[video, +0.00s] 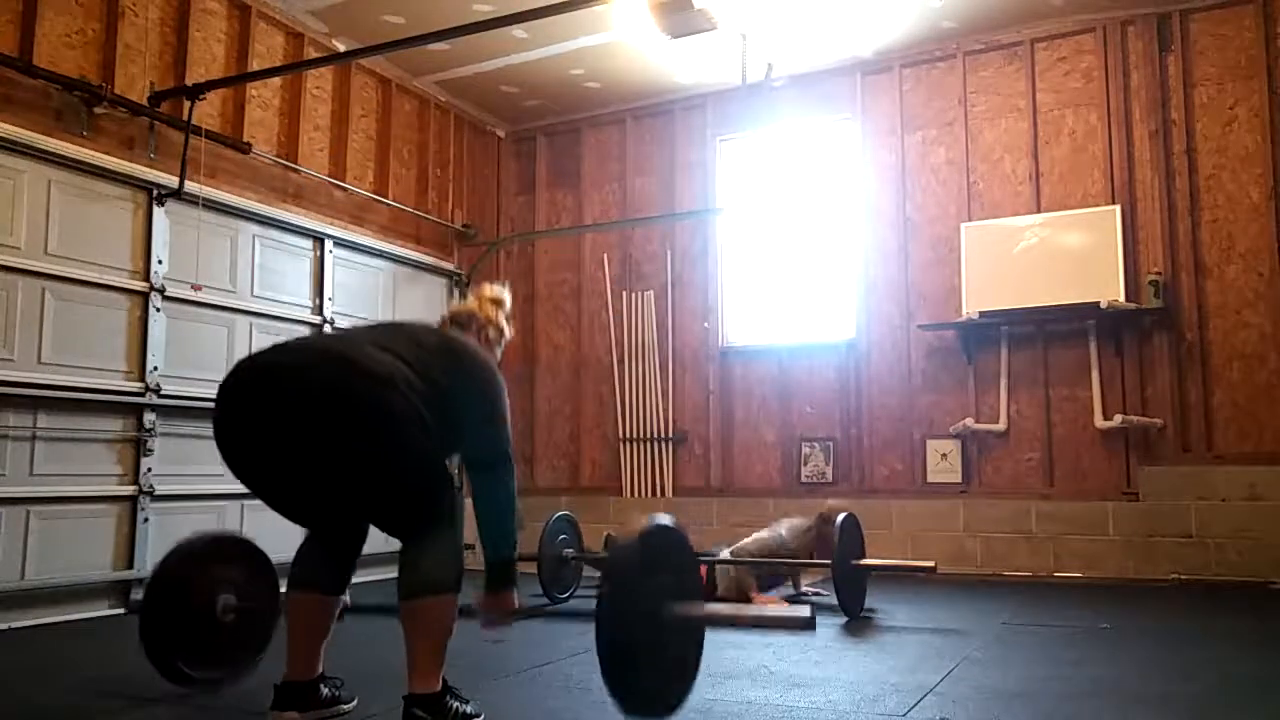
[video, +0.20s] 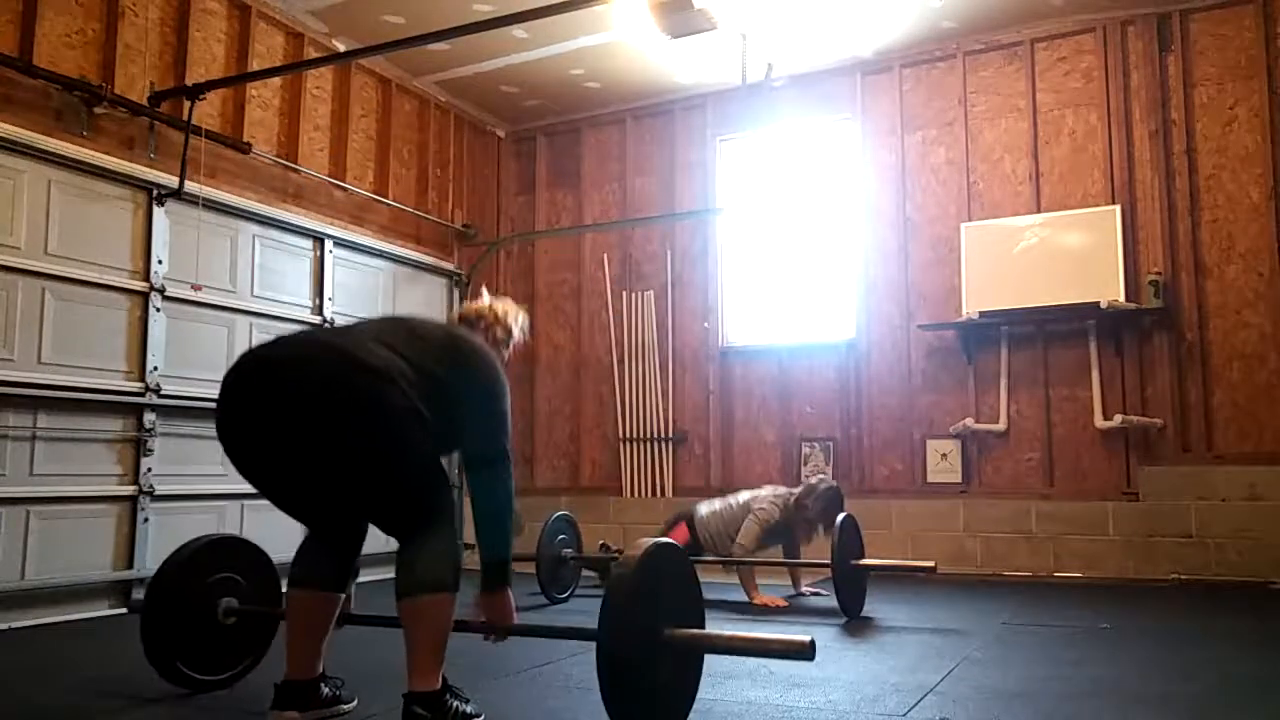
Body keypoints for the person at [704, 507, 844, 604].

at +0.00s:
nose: (835, 536)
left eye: (837, 530)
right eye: (835, 529)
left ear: (823, 522)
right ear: (824, 525)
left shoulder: (805, 533)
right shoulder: (784, 539)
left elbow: (795, 559)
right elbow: (739, 553)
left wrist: (798, 588)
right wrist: (754, 594)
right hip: (730, 566)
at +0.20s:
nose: (819, 525)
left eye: (824, 520)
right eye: (819, 517)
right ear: (809, 506)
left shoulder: (793, 508)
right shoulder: (769, 508)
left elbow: (791, 549)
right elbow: (740, 552)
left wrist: (799, 587)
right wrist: (754, 596)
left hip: (706, 534)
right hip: (693, 528)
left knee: (659, 553)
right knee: (653, 560)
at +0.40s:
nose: (804, 511)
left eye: (808, 508)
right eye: (805, 506)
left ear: (803, 488)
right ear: (797, 492)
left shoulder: (781, 477)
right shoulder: (759, 484)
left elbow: (779, 530)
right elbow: (749, 538)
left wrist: (784, 579)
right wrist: (756, 595)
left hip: (702, 462)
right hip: (683, 462)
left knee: (693, 533)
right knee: (677, 535)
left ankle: (636, 542)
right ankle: (621, 547)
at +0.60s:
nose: (776, 485)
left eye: (782, 482)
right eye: (777, 480)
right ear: (771, 469)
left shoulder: (767, 464)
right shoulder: (740, 464)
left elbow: (777, 518)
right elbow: (749, 524)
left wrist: (787, 569)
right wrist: (763, 574)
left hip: (702, 470)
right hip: (671, 464)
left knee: (727, 523)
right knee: (701, 525)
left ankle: (711, 574)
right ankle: (655, 565)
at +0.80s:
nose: (778, 414)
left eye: (783, 409)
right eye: (780, 408)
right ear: (770, 397)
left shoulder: (759, 407)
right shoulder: (728, 403)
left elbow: (757, 443)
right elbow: (699, 450)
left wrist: (760, 473)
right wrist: (695, 495)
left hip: (709, 452)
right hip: (680, 445)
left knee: (735, 509)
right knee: (705, 510)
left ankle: (712, 569)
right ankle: (667, 558)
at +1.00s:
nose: (769, 379)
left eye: (773, 375)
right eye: (768, 372)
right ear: (755, 360)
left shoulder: (755, 387)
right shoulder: (717, 371)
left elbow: (755, 433)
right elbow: (698, 420)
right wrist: (718, 462)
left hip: (722, 447)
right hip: (690, 443)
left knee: (744, 510)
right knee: (720, 507)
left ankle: (734, 573)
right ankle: (681, 570)